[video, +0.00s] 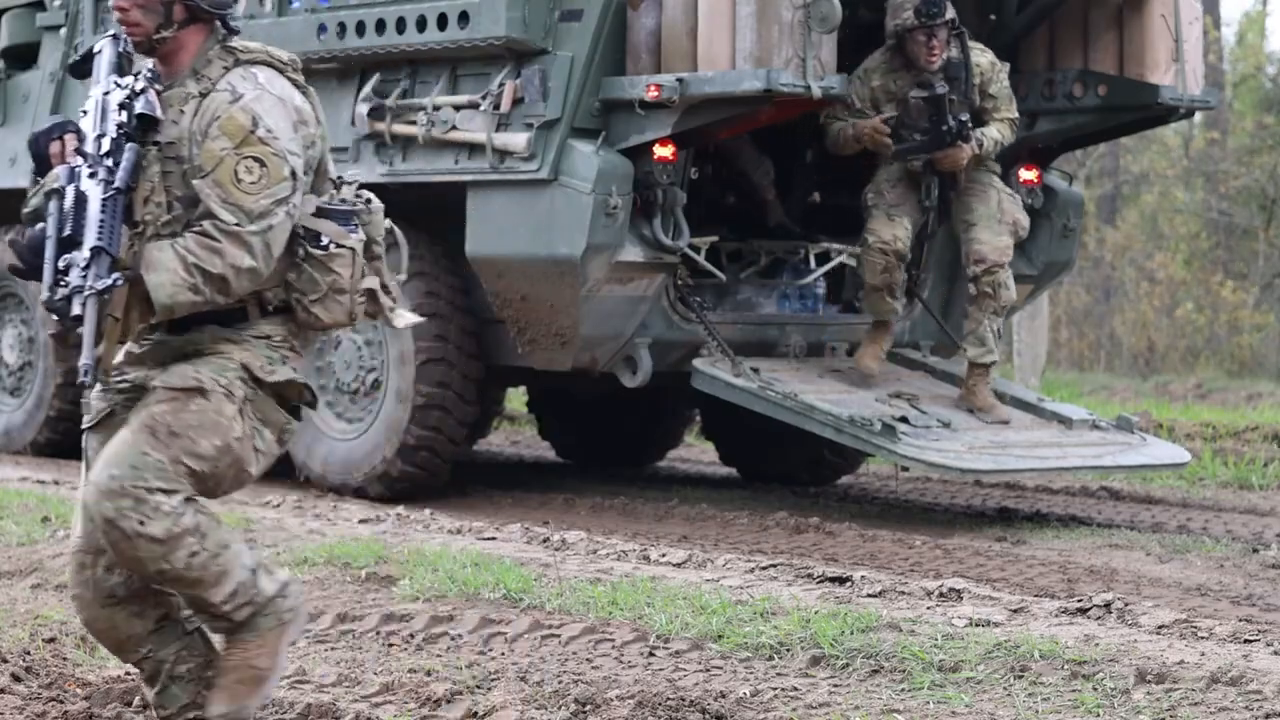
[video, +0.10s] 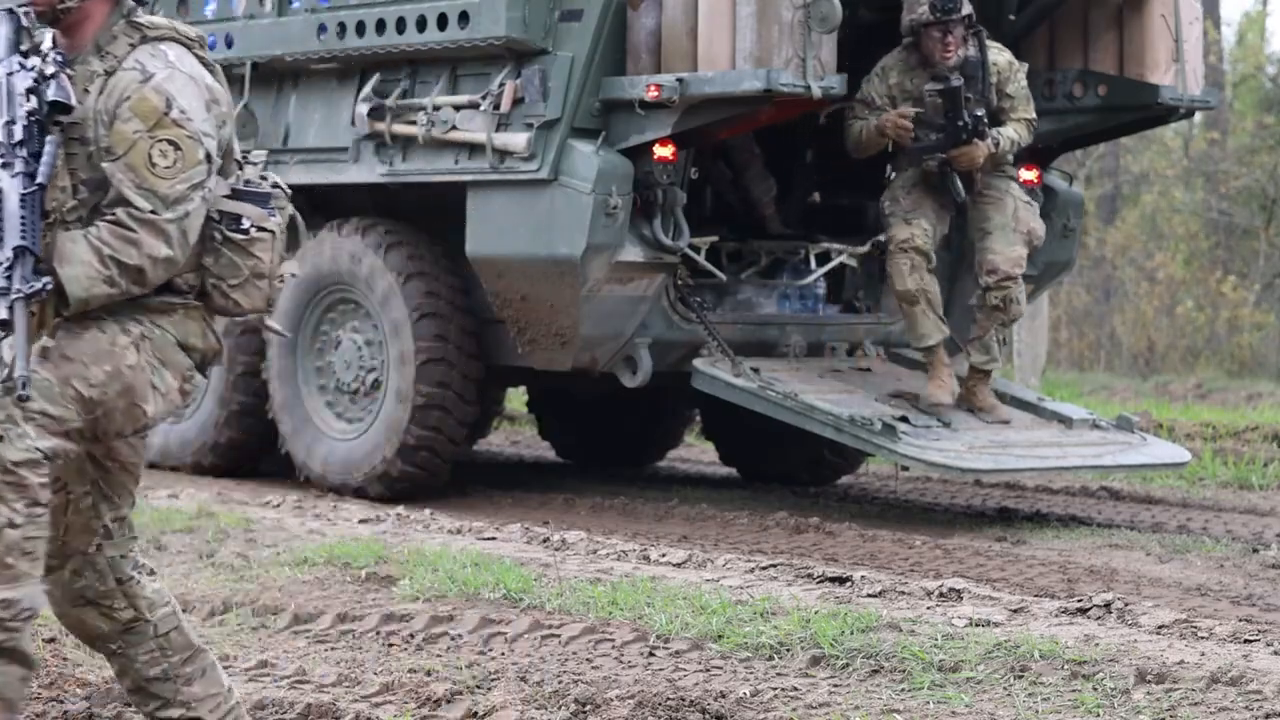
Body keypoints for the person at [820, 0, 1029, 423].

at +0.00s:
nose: (933, 45)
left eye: (940, 35)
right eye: (923, 36)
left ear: (951, 32)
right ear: (901, 39)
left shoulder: (980, 64)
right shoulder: (875, 73)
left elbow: (1007, 121)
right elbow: (833, 132)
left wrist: (973, 146)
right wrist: (859, 132)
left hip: (971, 170)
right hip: (901, 168)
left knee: (991, 262)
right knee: (883, 247)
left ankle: (978, 380)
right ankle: (879, 332)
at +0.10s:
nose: (947, 42)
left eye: (954, 31)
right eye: (937, 33)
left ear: (967, 30)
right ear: (917, 35)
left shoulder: (997, 63)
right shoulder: (893, 70)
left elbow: (1023, 124)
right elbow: (855, 139)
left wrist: (989, 147)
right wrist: (880, 128)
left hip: (991, 176)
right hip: (921, 174)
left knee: (1005, 277)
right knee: (906, 251)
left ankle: (978, 382)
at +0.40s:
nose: (978, 24)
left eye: (986, 15)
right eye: (967, 16)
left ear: (998, 20)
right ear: (950, 24)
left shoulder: (1034, 63)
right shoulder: (929, 69)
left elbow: (1061, 130)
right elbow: (880, 132)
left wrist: (1024, 146)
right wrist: (918, 105)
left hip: (1027, 192)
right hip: (959, 192)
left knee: (1058, 296)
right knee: (957, 295)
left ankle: (1005, 361)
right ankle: (972, 406)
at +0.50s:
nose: (992, 23)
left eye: (1000, 13)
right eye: (982, 15)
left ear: (1015, 18)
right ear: (967, 23)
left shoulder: (1051, 64)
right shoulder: (945, 66)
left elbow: (1077, 135)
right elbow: (887, 118)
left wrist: (1038, 147)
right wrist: (931, 97)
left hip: (1040, 201)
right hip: (968, 199)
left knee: (1066, 295)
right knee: (966, 307)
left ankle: (1045, 417)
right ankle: (972, 410)